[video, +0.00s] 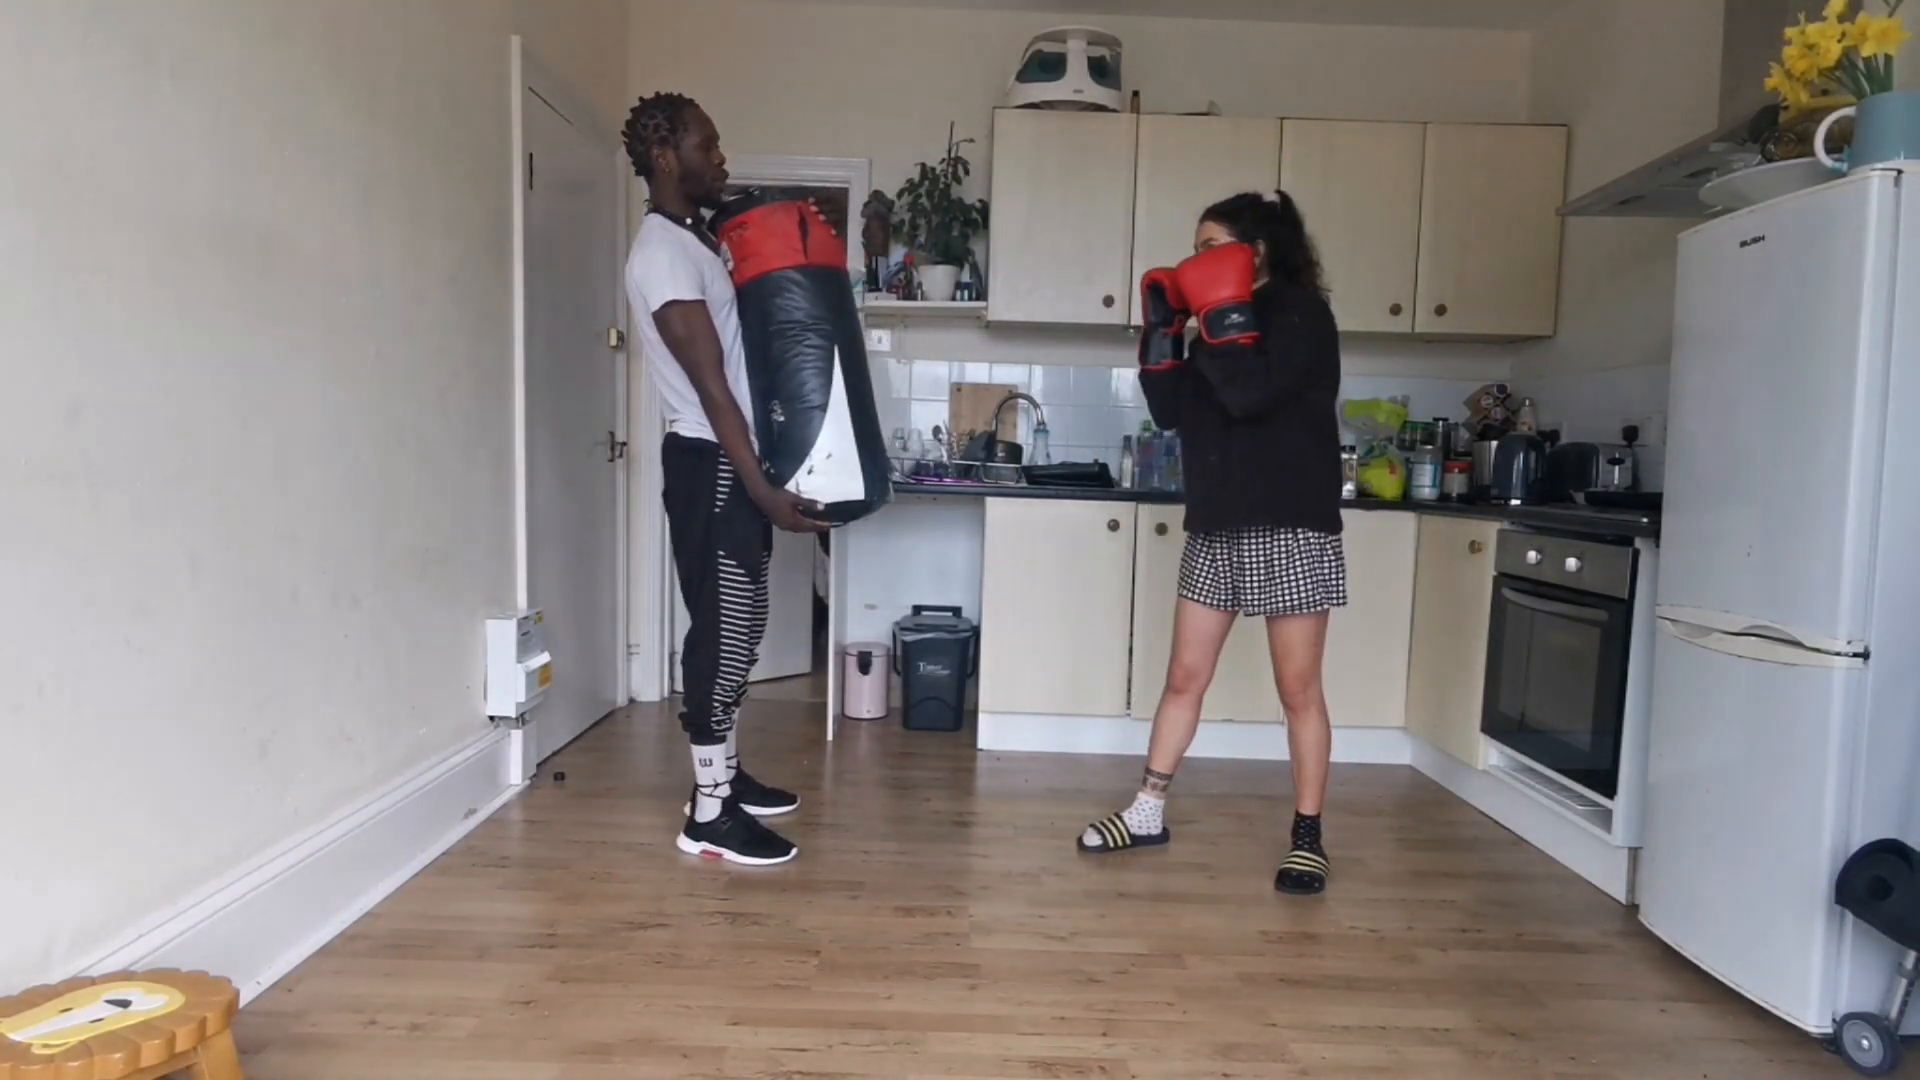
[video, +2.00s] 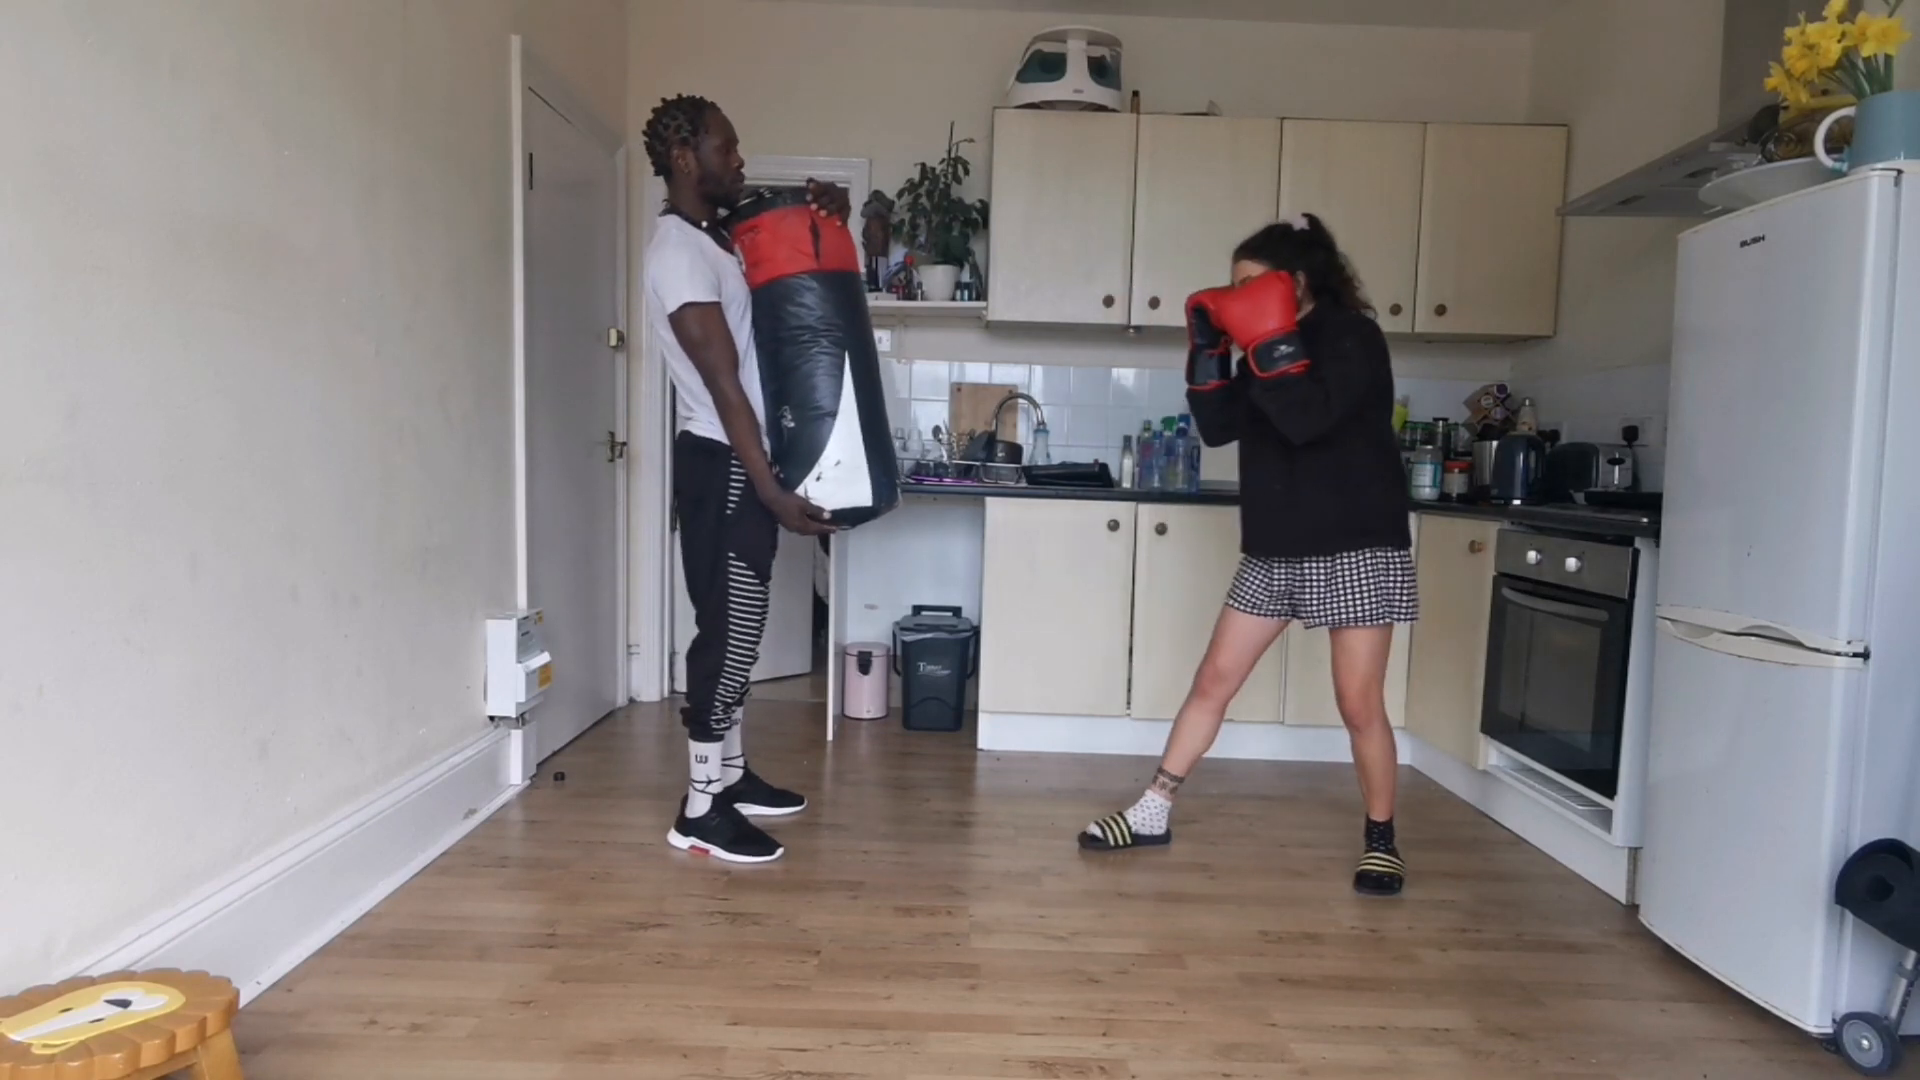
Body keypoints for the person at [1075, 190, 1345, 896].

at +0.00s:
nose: (1199, 261)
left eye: (1212, 248)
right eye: (1197, 249)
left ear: (1258, 251)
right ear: (1204, 257)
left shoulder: (1301, 314)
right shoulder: (1212, 322)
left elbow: (1246, 394)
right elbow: (1171, 412)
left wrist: (1219, 319)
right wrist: (1159, 336)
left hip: (1294, 518)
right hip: (1216, 518)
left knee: (1299, 688)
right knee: (1184, 675)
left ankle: (1307, 834)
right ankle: (1148, 811)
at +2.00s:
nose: (1241, 300)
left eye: (1253, 286)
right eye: (1237, 289)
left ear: (1299, 283)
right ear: (1244, 293)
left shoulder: (1352, 337)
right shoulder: (1258, 350)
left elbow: (1311, 420)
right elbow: (1217, 427)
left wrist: (1272, 344)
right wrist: (1208, 347)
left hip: (1359, 540)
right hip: (1277, 541)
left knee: (1360, 705)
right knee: (1214, 678)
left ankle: (1381, 840)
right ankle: (1153, 809)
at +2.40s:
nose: (1215, 307)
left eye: (1225, 292)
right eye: (1212, 295)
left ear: (1270, 292)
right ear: (1238, 299)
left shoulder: (1319, 347)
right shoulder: (1247, 361)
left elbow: (1271, 435)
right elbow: (1209, 451)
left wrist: (1240, 358)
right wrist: (1170, 398)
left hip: (1325, 548)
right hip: (1248, 543)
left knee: (1343, 709)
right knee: (1156, 654)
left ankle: (1379, 841)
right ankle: (1127, 784)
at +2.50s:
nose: (1148, 307)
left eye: (1159, 292)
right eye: (1146, 295)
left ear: (1200, 288)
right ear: (1158, 299)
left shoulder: (1260, 345)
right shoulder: (1162, 361)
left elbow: (1237, 429)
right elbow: (1130, 434)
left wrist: (1195, 354)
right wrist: (1090, 403)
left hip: (1297, 526)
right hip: (1214, 535)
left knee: (1341, 687)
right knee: (1137, 663)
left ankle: (1380, 834)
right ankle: (1065, 780)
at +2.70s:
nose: (1094, 358)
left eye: (1105, 347)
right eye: (1093, 348)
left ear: (1148, 344)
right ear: (1118, 349)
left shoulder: (1199, 394)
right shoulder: (1117, 404)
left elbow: (1172, 483)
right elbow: (1035, 420)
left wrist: (1128, 415)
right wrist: (951, 405)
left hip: (1257, 557)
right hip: (1175, 563)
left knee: (1317, 706)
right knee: (1092, 659)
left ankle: (1395, 812)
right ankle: (1066, 795)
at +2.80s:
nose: (1112, 353)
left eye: (1126, 341)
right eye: (1114, 341)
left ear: (1170, 347)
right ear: (1137, 343)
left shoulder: (1216, 398)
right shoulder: (1131, 396)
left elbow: (1173, 493)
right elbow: (1065, 438)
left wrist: (1146, 421)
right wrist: (1003, 433)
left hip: (1255, 558)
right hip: (1176, 561)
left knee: (1311, 709)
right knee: (1094, 656)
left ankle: (1397, 805)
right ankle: (1065, 794)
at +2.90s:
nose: (1196, 346)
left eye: (1210, 334)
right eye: (1195, 333)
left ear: (1255, 341)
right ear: (1200, 333)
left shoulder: (1282, 402)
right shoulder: (1210, 394)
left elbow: (1225, 493)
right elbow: (1190, 468)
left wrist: (1214, 417)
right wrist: (1139, 444)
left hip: (1271, 572)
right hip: (1189, 563)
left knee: (1317, 721)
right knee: (1107, 661)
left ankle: (1391, 819)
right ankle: (1069, 792)